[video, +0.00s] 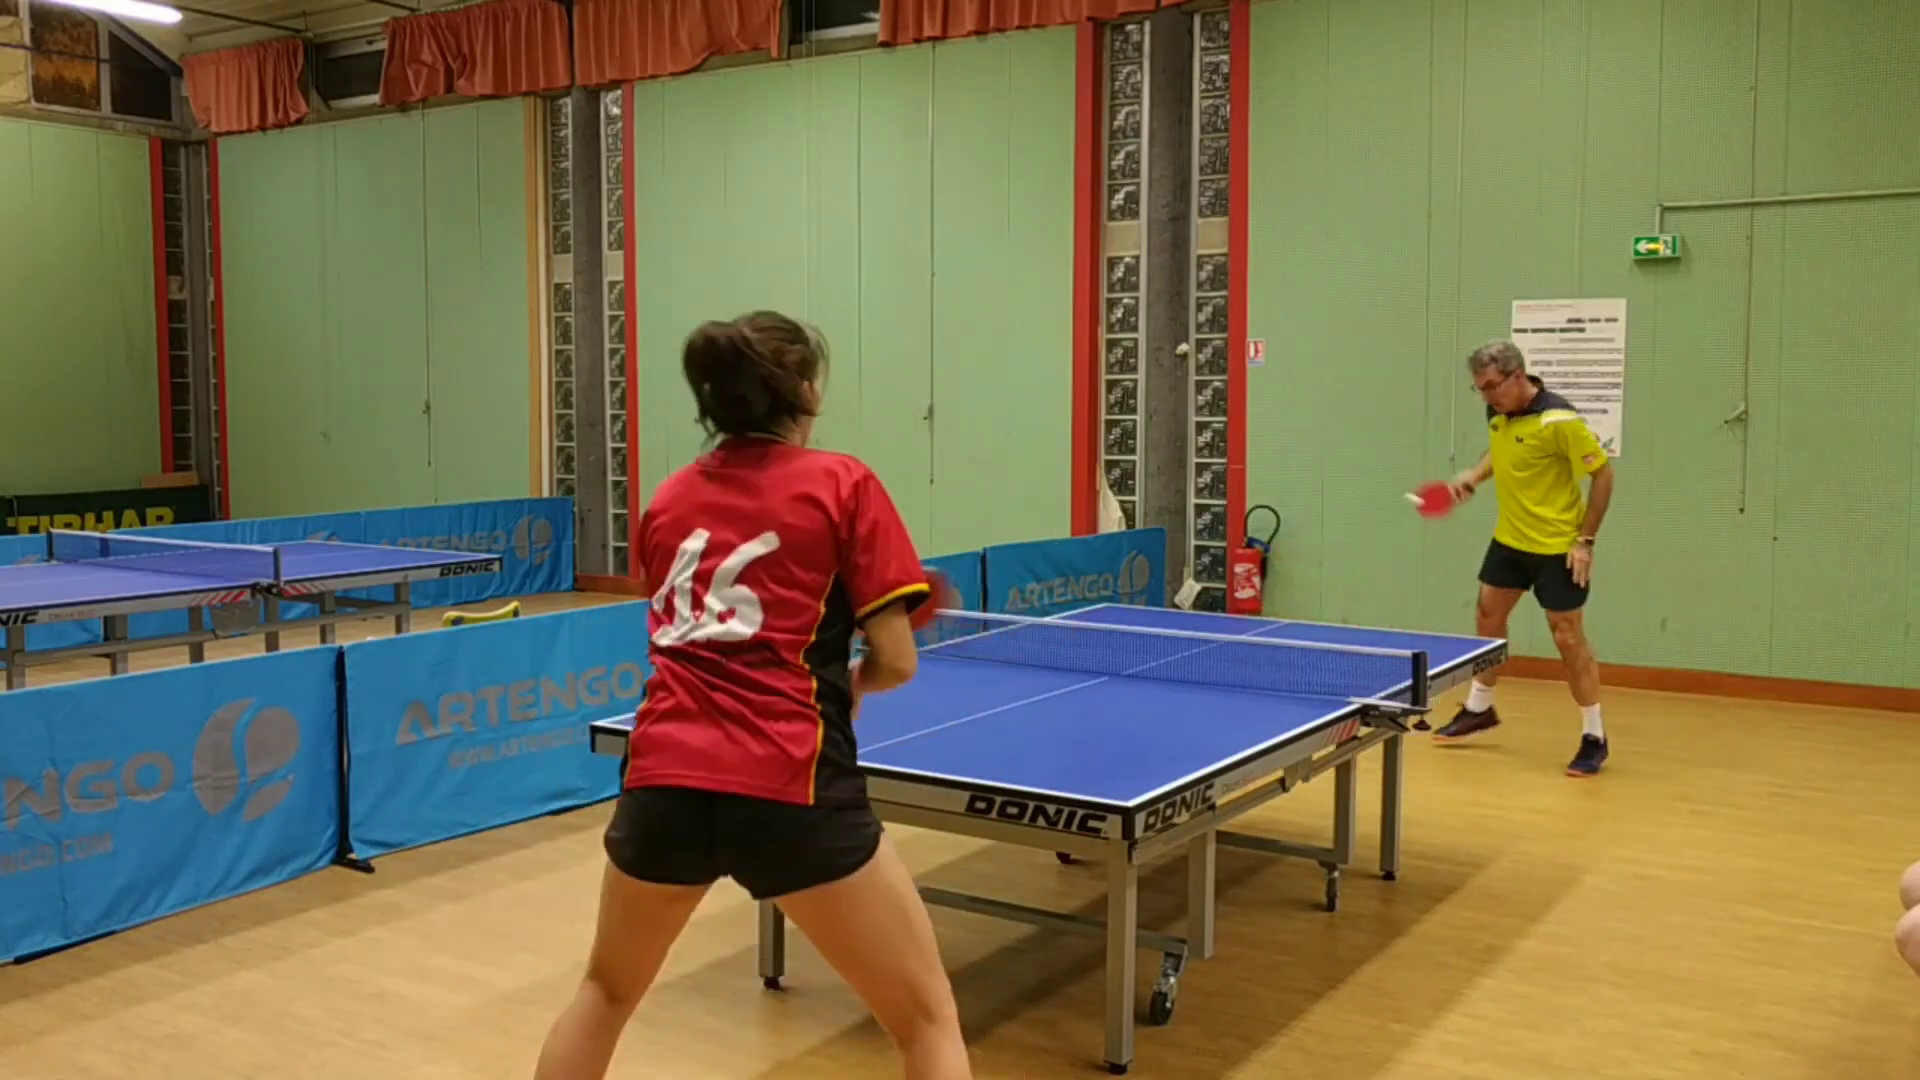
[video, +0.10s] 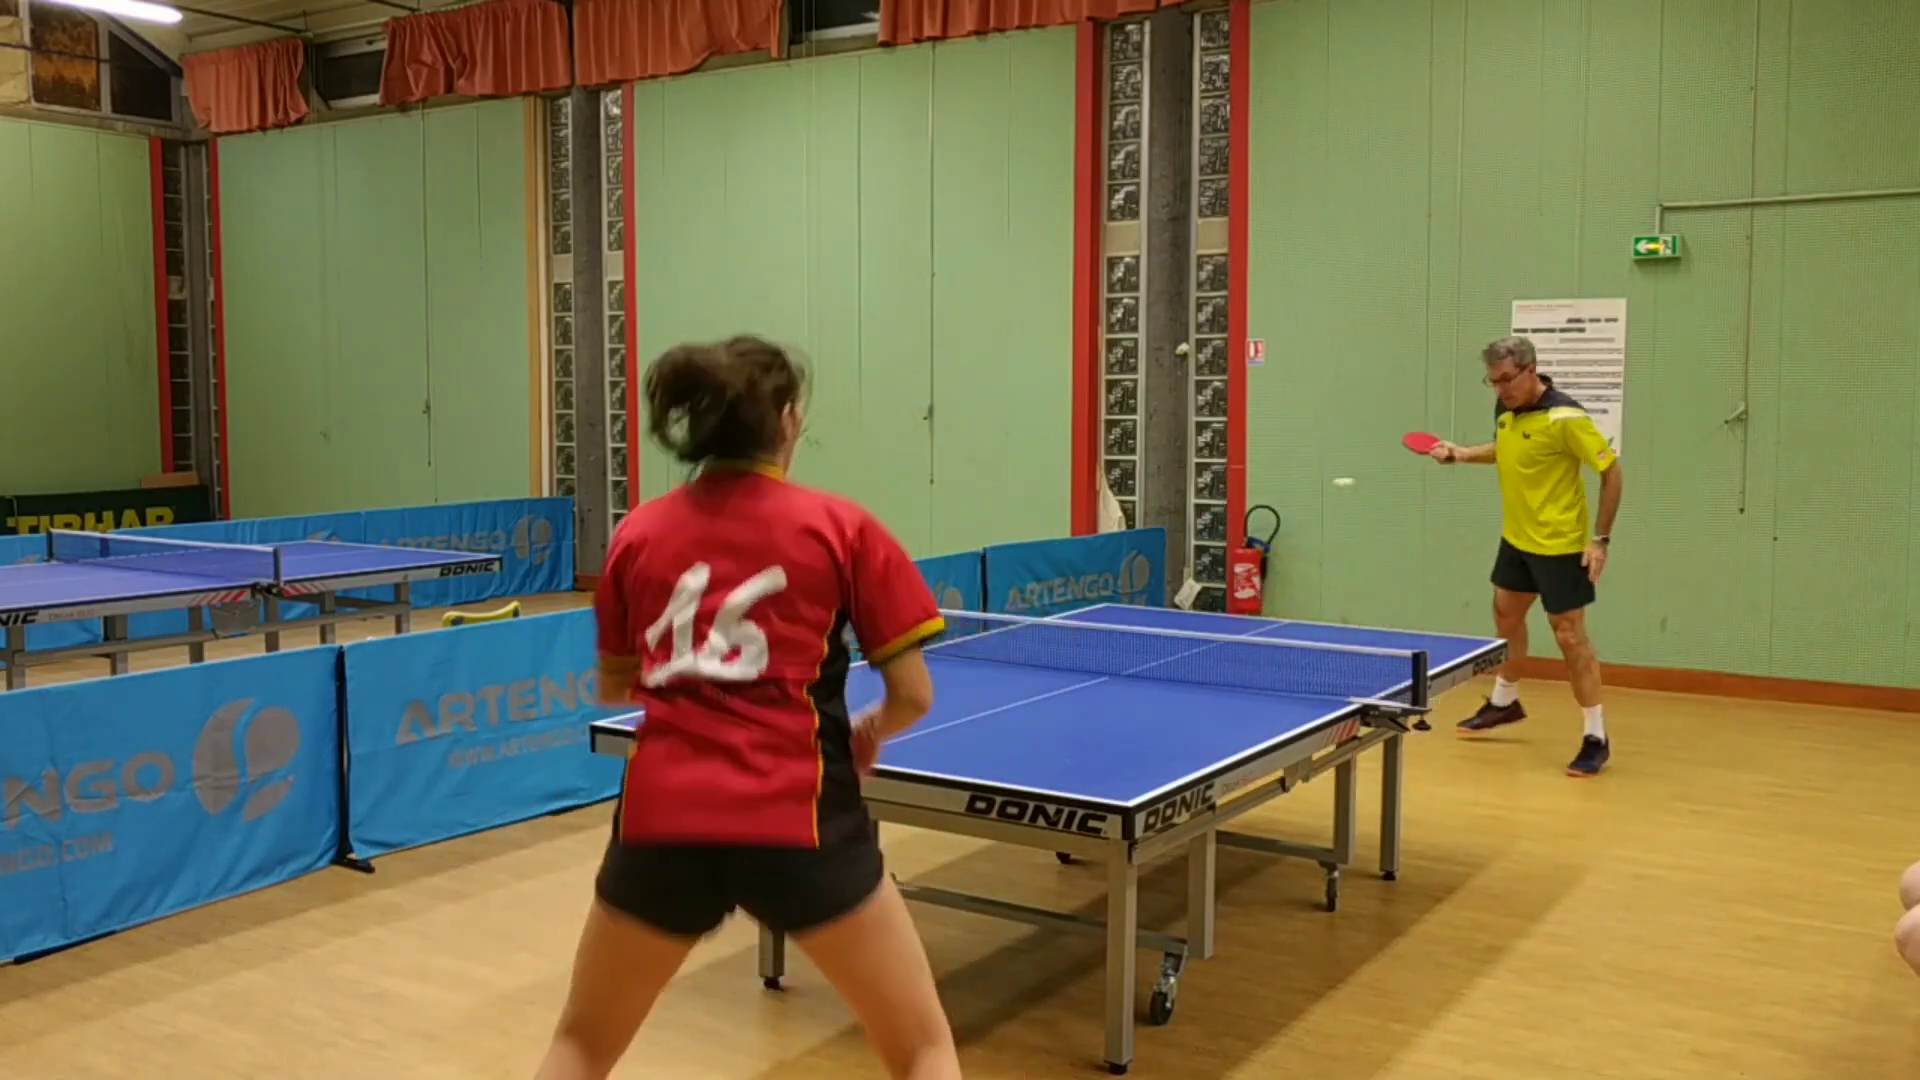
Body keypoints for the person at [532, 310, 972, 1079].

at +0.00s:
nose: (818, 393)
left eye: (817, 381)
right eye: (815, 381)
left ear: (717, 396)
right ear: (802, 391)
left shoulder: (667, 499)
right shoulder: (843, 485)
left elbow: (673, 632)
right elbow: (895, 660)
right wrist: (836, 685)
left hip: (664, 783)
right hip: (792, 789)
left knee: (604, 991)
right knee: (924, 1018)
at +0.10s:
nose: (800, 420)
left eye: (797, 408)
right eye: (798, 409)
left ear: (697, 423)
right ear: (786, 421)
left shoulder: (641, 532)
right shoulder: (839, 527)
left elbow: (617, 682)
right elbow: (912, 692)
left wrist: (710, 672)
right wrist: (872, 729)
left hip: (663, 830)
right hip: (801, 829)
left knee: (581, 1043)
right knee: (921, 1052)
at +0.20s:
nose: (787, 466)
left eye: (783, 453)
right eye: (785, 455)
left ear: (686, 470)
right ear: (774, 467)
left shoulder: (633, 584)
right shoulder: (837, 574)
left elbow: (570, 745)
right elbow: (927, 723)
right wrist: (889, 771)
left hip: (679, 885)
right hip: (821, 882)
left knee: (571, 1066)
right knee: (940, 1068)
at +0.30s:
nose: (795, 473)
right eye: (791, 461)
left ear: (685, 491)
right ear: (781, 478)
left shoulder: (654, 597)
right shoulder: (856, 570)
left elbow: (583, 756)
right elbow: (951, 707)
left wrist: (552, 812)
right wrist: (918, 771)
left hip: (739, 879)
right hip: (876, 863)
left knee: (606, 1062)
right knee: (987, 1033)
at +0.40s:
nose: (836, 496)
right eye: (830, 488)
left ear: (729, 512)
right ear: (820, 499)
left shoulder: (720, 609)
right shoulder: (893, 582)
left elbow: (656, 767)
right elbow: (1001, 710)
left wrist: (550, 820)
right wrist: (976, 773)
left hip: (816, 897)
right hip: (948, 877)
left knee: (623, 1045)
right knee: (1040, 1053)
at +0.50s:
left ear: (801, 544)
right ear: (890, 534)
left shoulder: (811, 641)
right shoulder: (966, 622)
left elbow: (742, 796)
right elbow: (1079, 729)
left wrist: (609, 792)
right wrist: (1040, 757)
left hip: (877, 944)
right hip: (999, 937)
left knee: (667, 1059)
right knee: (1098, 1073)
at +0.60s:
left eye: (926, 517)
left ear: (923, 535)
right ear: (1004, 524)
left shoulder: (910, 648)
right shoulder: (1096, 623)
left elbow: (821, 787)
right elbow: (1201, 740)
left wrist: (728, 708)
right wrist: (1118, 718)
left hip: (948, 931)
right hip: (1082, 928)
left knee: (803, 1068)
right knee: (1185, 1058)